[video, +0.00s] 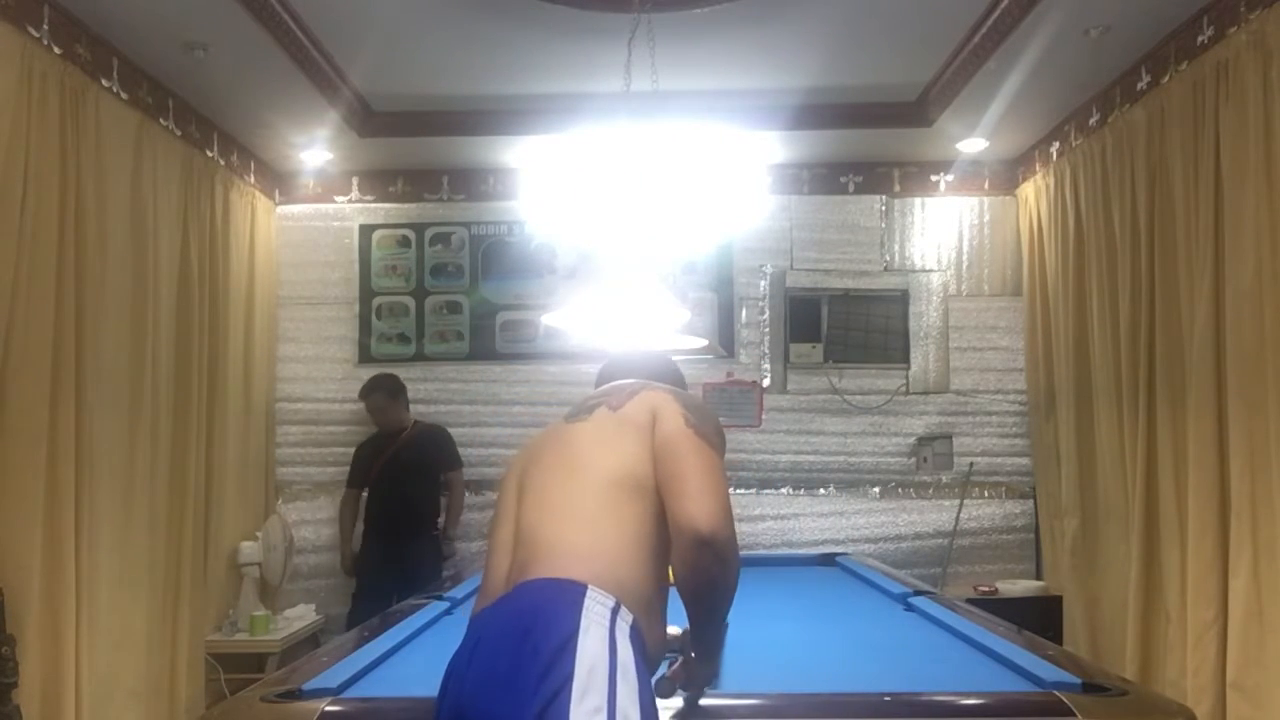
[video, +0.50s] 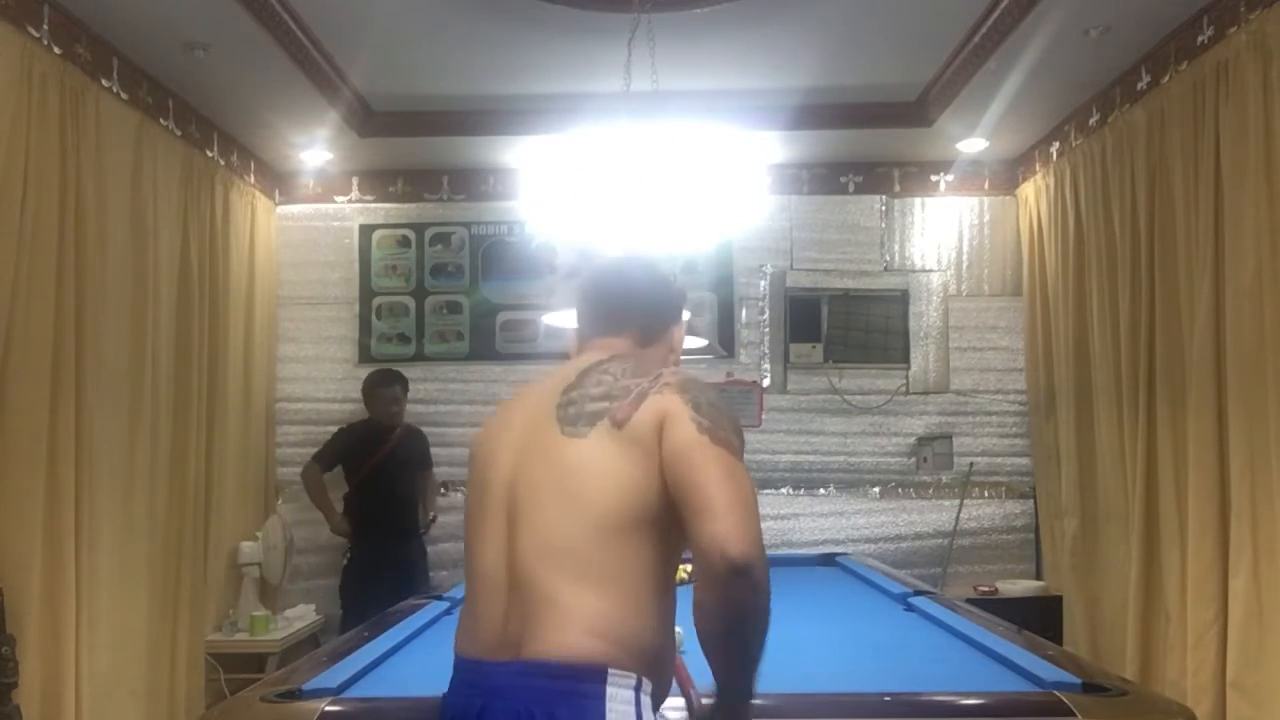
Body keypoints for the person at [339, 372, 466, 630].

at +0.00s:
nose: (375, 419)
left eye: (379, 411)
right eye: (371, 413)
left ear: (399, 403)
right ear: (368, 410)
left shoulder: (435, 438)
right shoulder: (368, 449)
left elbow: (457, 488)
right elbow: (351, 499)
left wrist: (448, 537)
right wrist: (346, 549)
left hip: (421, 553)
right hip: (376, 554)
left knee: (422, 628)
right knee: (363, 631)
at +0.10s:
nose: (378, 416)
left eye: (383, 408)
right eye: (373, 410)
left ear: (402, 401)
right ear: (368, 409)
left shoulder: (435, 438)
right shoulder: (367, 447)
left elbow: (457, 487)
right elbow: (346, 496)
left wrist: (449, 536)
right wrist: (347, 547)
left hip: (421, 553)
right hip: (376, 553)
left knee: (422, 629)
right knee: (366, 632)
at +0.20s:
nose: (382, 413)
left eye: (387, 405)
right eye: (376, 407)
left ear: (404, 400)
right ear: (369, 408)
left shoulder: (432, 439)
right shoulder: (363, 444)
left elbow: (455, 484)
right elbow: (337, 487)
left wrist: (450, 533)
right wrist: (345, 534)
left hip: (420, 550)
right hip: (375, 551)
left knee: (421, 627)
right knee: (366, 630)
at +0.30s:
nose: (390, 409)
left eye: (395, 401)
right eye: (382, 404)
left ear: (407, 400)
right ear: (371, 407)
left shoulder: (428, 439)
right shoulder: (358, 442)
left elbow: (448, 480)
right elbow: (327, 481)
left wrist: (447, 527)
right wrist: (341, 523)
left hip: (417, 548)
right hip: (373, 550)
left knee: (418, 624)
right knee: (367, 629)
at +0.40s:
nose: (393, 408)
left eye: (397, 401)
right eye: (384, 403)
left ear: (407, 400)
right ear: (370, 405)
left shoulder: (423, 438)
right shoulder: (356, 438)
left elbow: (441, 475)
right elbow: (319, 475)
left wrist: (441, 515)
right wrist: (337, 517)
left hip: (413, 548)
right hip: (370, 549)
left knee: (414, 625)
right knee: (364, 631)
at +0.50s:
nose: (393, 407)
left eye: (398, 400)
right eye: (385, 401)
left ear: (405, 401)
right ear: (368, 403)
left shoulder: (414, 437)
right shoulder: (351, 436)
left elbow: (427, 476)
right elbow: (311, 473)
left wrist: (429, 512)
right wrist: (334, 519)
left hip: (409, 549)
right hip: (366, 550)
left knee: (412, 626)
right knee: (360, 632)